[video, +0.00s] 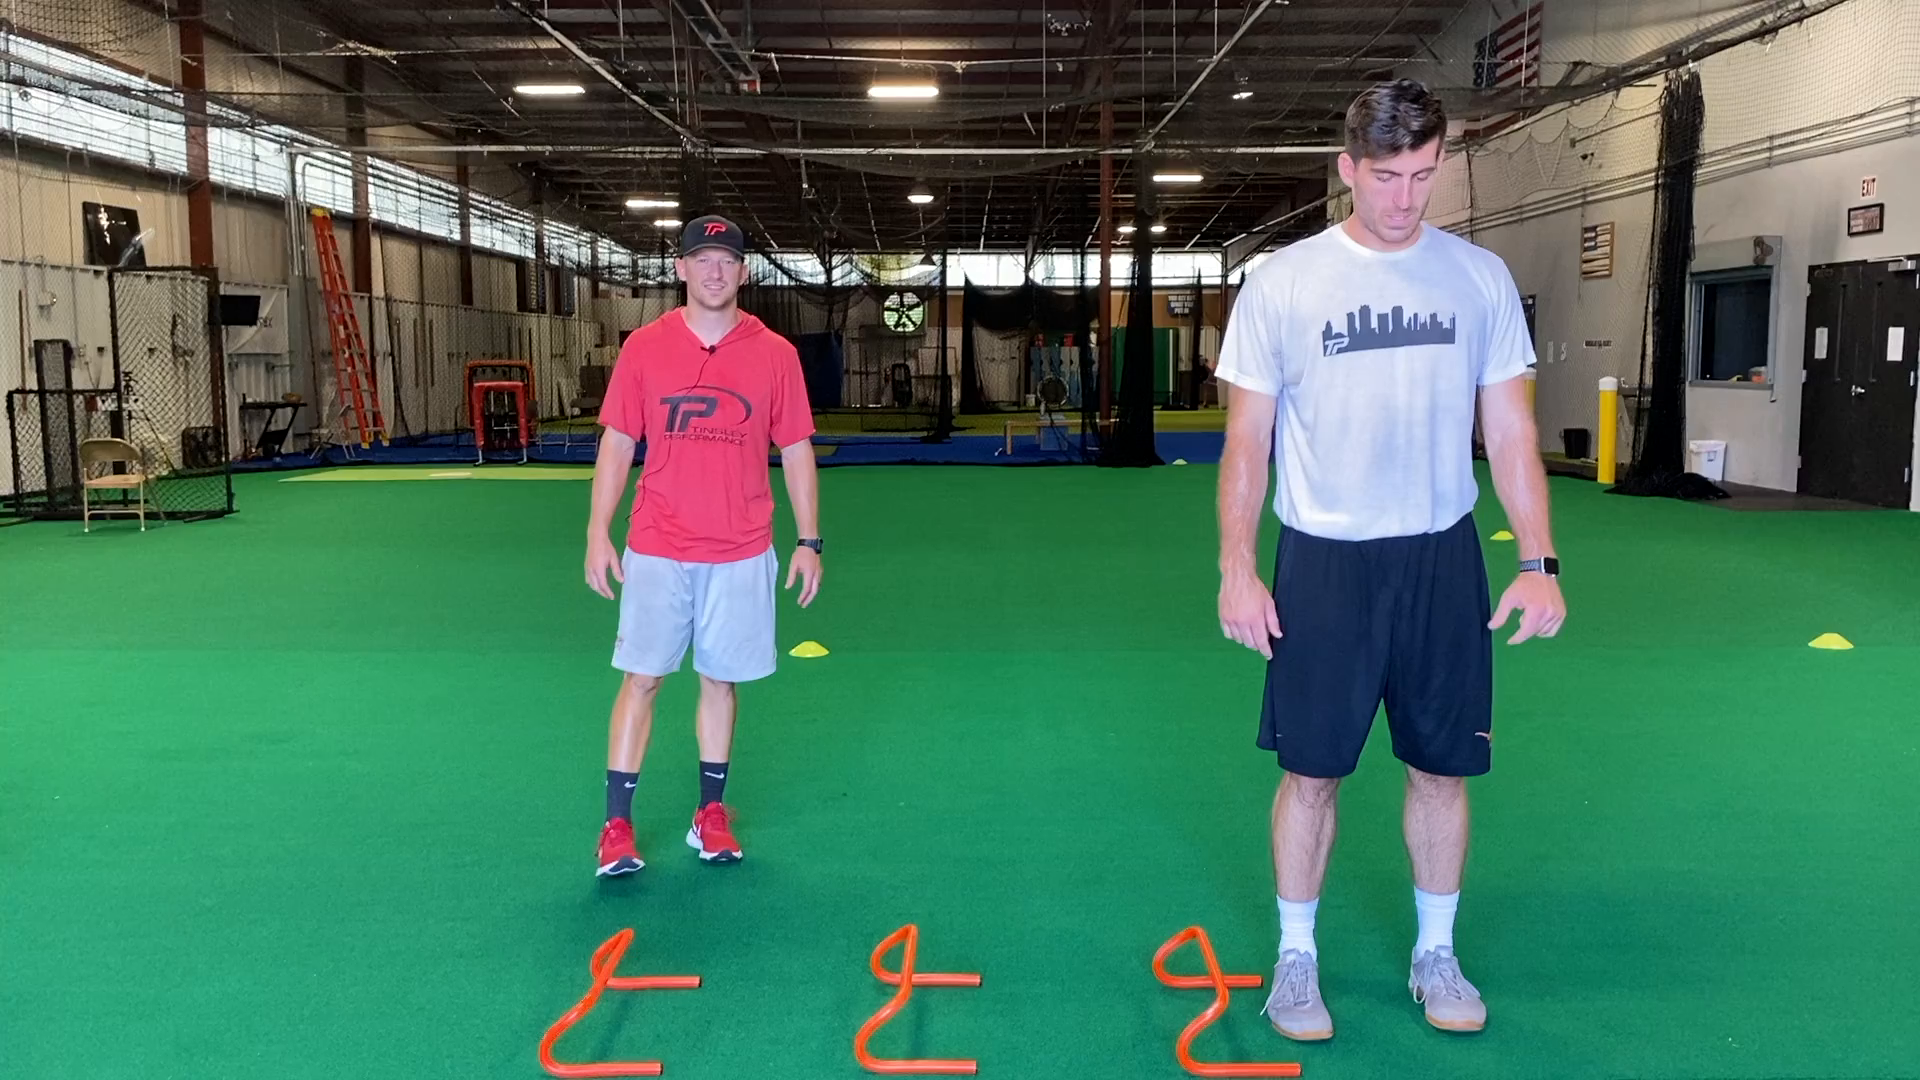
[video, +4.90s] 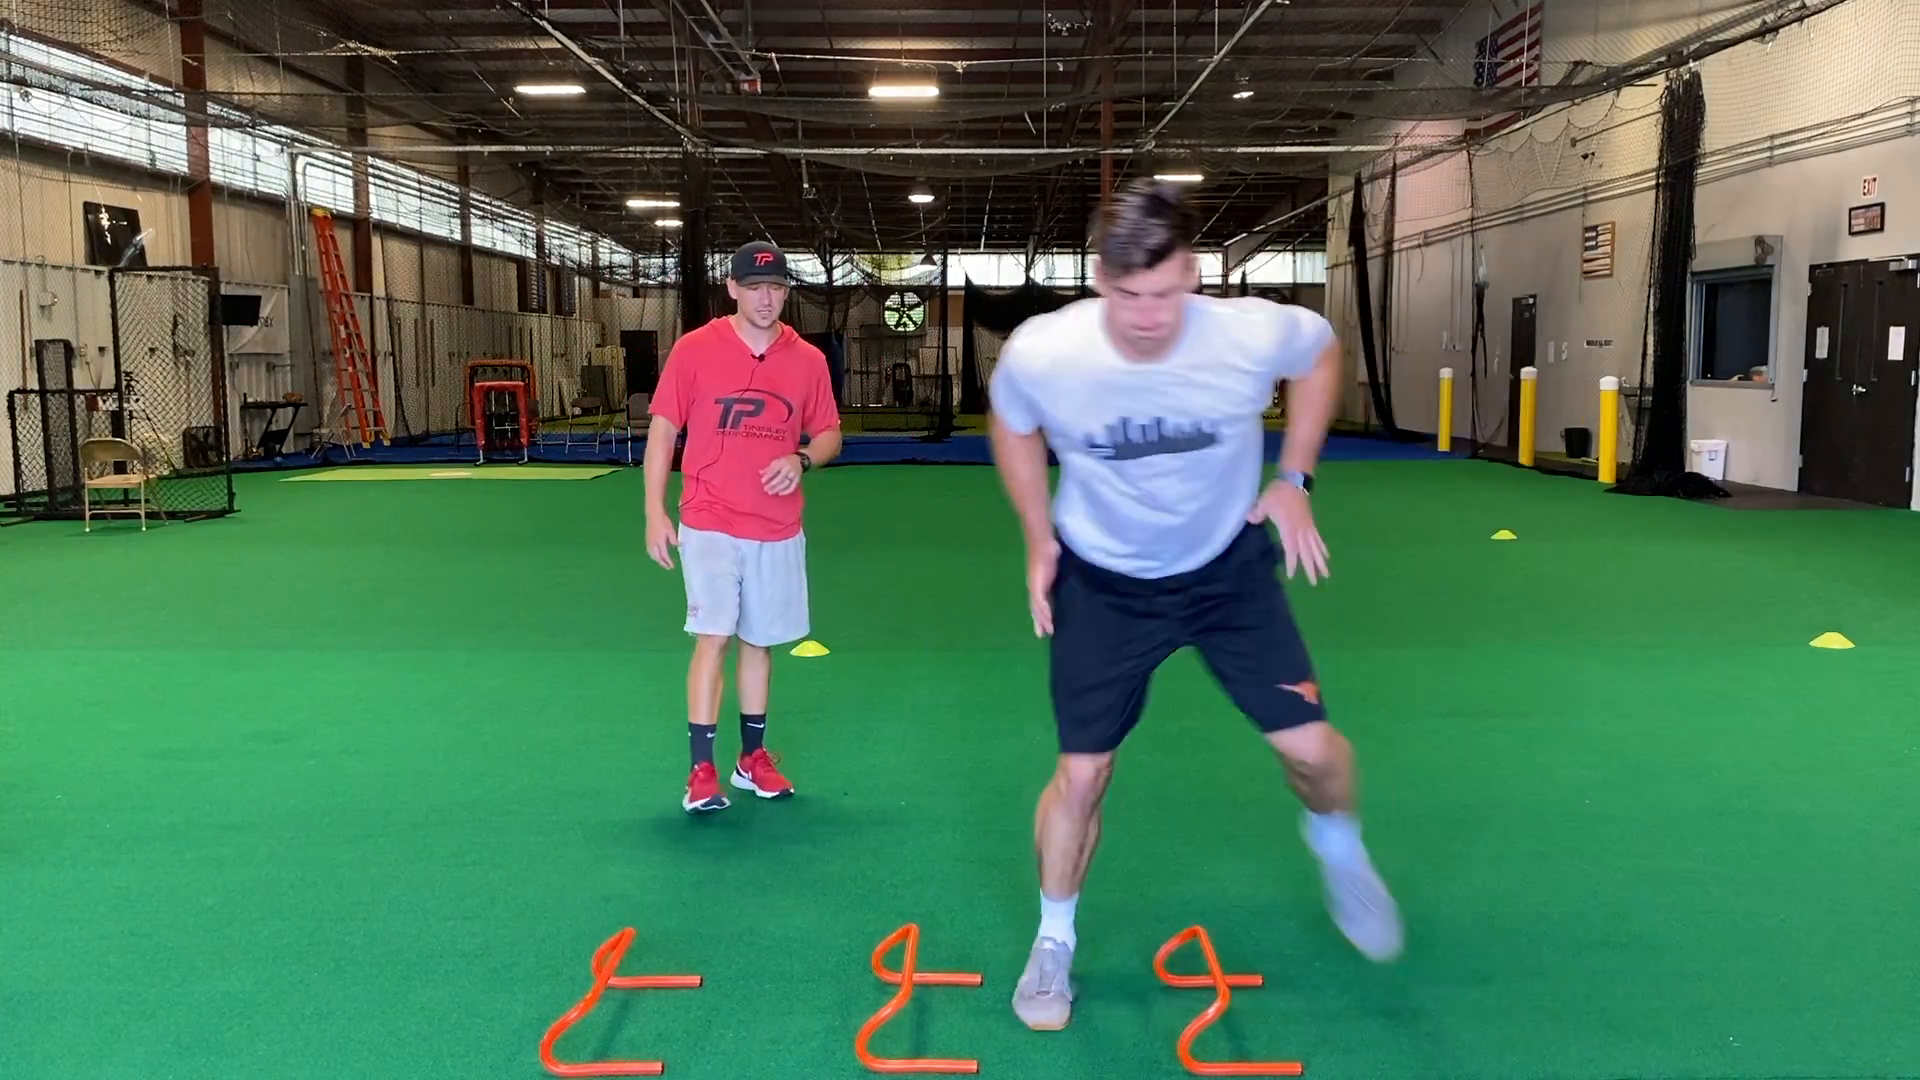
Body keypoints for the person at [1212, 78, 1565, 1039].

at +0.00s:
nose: (1406, 197)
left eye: (1422, 176)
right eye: (1388, 177)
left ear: (1441, 168)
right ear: (1348, 168)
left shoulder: (1480, 278)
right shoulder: (1278, 284)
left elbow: (1512, 436)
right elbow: (1246, 444)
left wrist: (1539, 560)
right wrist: (1237, 570)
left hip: (1442, 562)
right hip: (1324, 564)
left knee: (1442, 765)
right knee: (1312, 773)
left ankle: (1437, 957)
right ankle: (1296, 960)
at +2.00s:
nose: (1448, 223)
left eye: (1467, 205)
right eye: (1431, 202)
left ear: (1489, 189)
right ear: (1391, 176)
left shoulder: (1516, 285)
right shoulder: (1319, 282)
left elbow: (1546, 441)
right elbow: (1278, 434)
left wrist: (1571, 575)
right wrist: (1264, 557)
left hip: (1459, 562)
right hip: (1342, 560)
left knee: (1451, 763)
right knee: (1323, 766)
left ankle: (1439, 956)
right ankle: (1295, 956)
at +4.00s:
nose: (1389, 309)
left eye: (1405, 288)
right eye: (1371, 289)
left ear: (1427, 259)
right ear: (1333, 258)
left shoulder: (1472, 314)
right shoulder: (1260, 338)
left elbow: (1501, 446)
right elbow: (1214, 472)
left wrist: (1503, 581)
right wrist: (1228, 615)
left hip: (1415, 574)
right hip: (1296, 579)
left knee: (1441, 761)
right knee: (1297, 772)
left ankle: (1432, 955)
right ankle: (1298, 961)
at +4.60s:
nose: (1367, 377)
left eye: (1386, 357)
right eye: (1349, 357)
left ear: (1410, 334)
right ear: (1309, 329)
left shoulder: (1451, 409)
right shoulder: (1229, 380)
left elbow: (1487, 514)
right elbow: (1177, 440)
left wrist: (1461, 647)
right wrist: (1180, 571)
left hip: (1369, 578)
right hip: (1248, 573)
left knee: (1410, 772)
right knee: (1259, 756)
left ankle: (1421, 957)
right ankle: (1275, 871)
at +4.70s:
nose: (1316, 376)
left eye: (1336, 356)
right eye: (1298, 355)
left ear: (1363, 335)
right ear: (1262, 331)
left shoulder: (1408, 421)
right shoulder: (1197, 388)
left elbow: (1440, 527)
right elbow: (1138, 424)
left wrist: (1387, 628)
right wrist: (1126, 539)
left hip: (1341, 590)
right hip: (1216, 579)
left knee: (1400, 789)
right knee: (1199, 739)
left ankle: (1422, 961)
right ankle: (1190, 814)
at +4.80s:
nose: (1237, 342)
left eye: (1254, 322)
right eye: (1220, 322)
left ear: (1280, 298)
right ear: (1181, 302)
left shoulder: (1334, 371)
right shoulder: (1121, 364)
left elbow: (1390, 441)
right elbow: (1078, 403)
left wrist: (1331, 516)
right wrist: (1082, 521)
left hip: (1293, 582)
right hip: (1163, 572)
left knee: (1360, 764)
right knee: (1116, 735)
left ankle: (1423, 947)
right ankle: (1091, 877)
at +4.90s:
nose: (1149, 313)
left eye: (1165, 293)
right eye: (1130, 295)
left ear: (1193, 275)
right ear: (1099, 279)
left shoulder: (1250, 333)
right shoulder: (1039, 354)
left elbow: (1320, 349)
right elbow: (1010, 423)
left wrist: (1293, 478)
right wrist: (1038, 539)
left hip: (1230, 569)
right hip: (1103, 581)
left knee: (1315, 750)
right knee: (1081, 773)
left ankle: (1343, 857)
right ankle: (1053, 942)